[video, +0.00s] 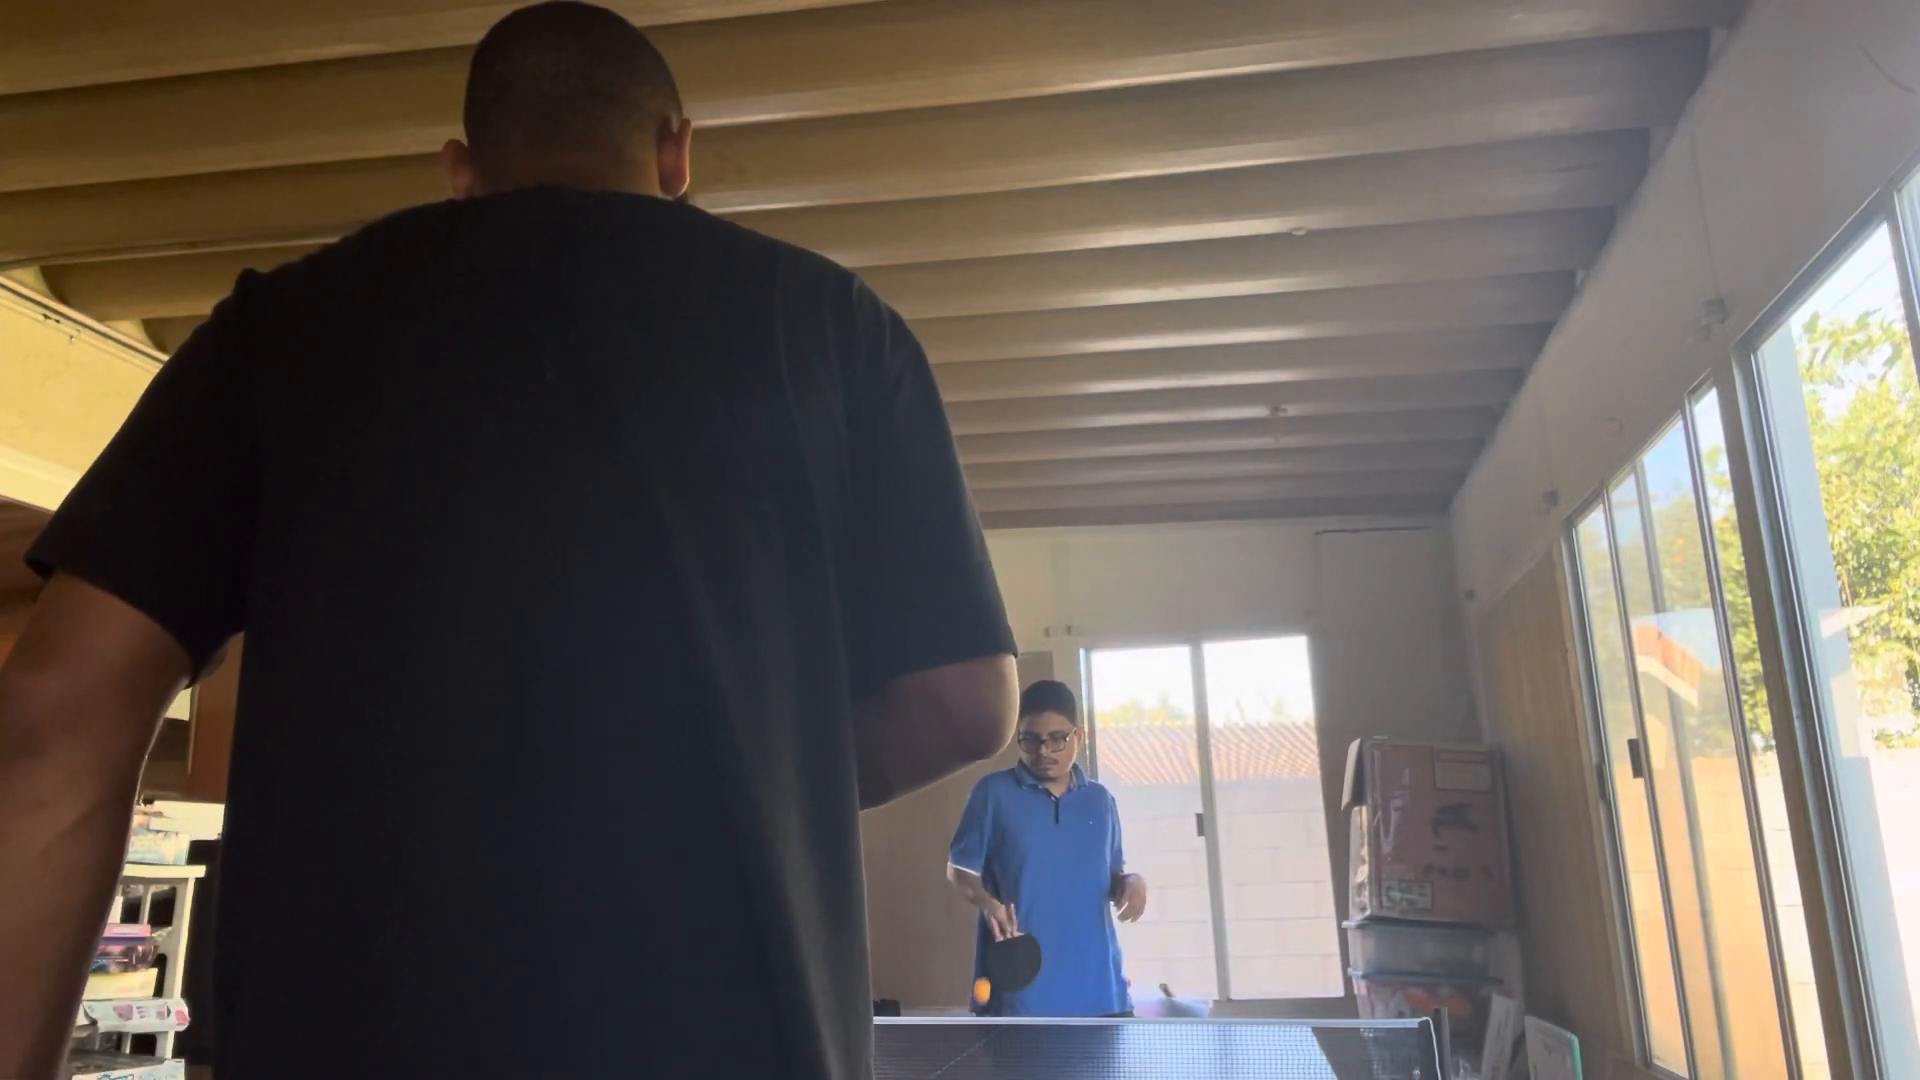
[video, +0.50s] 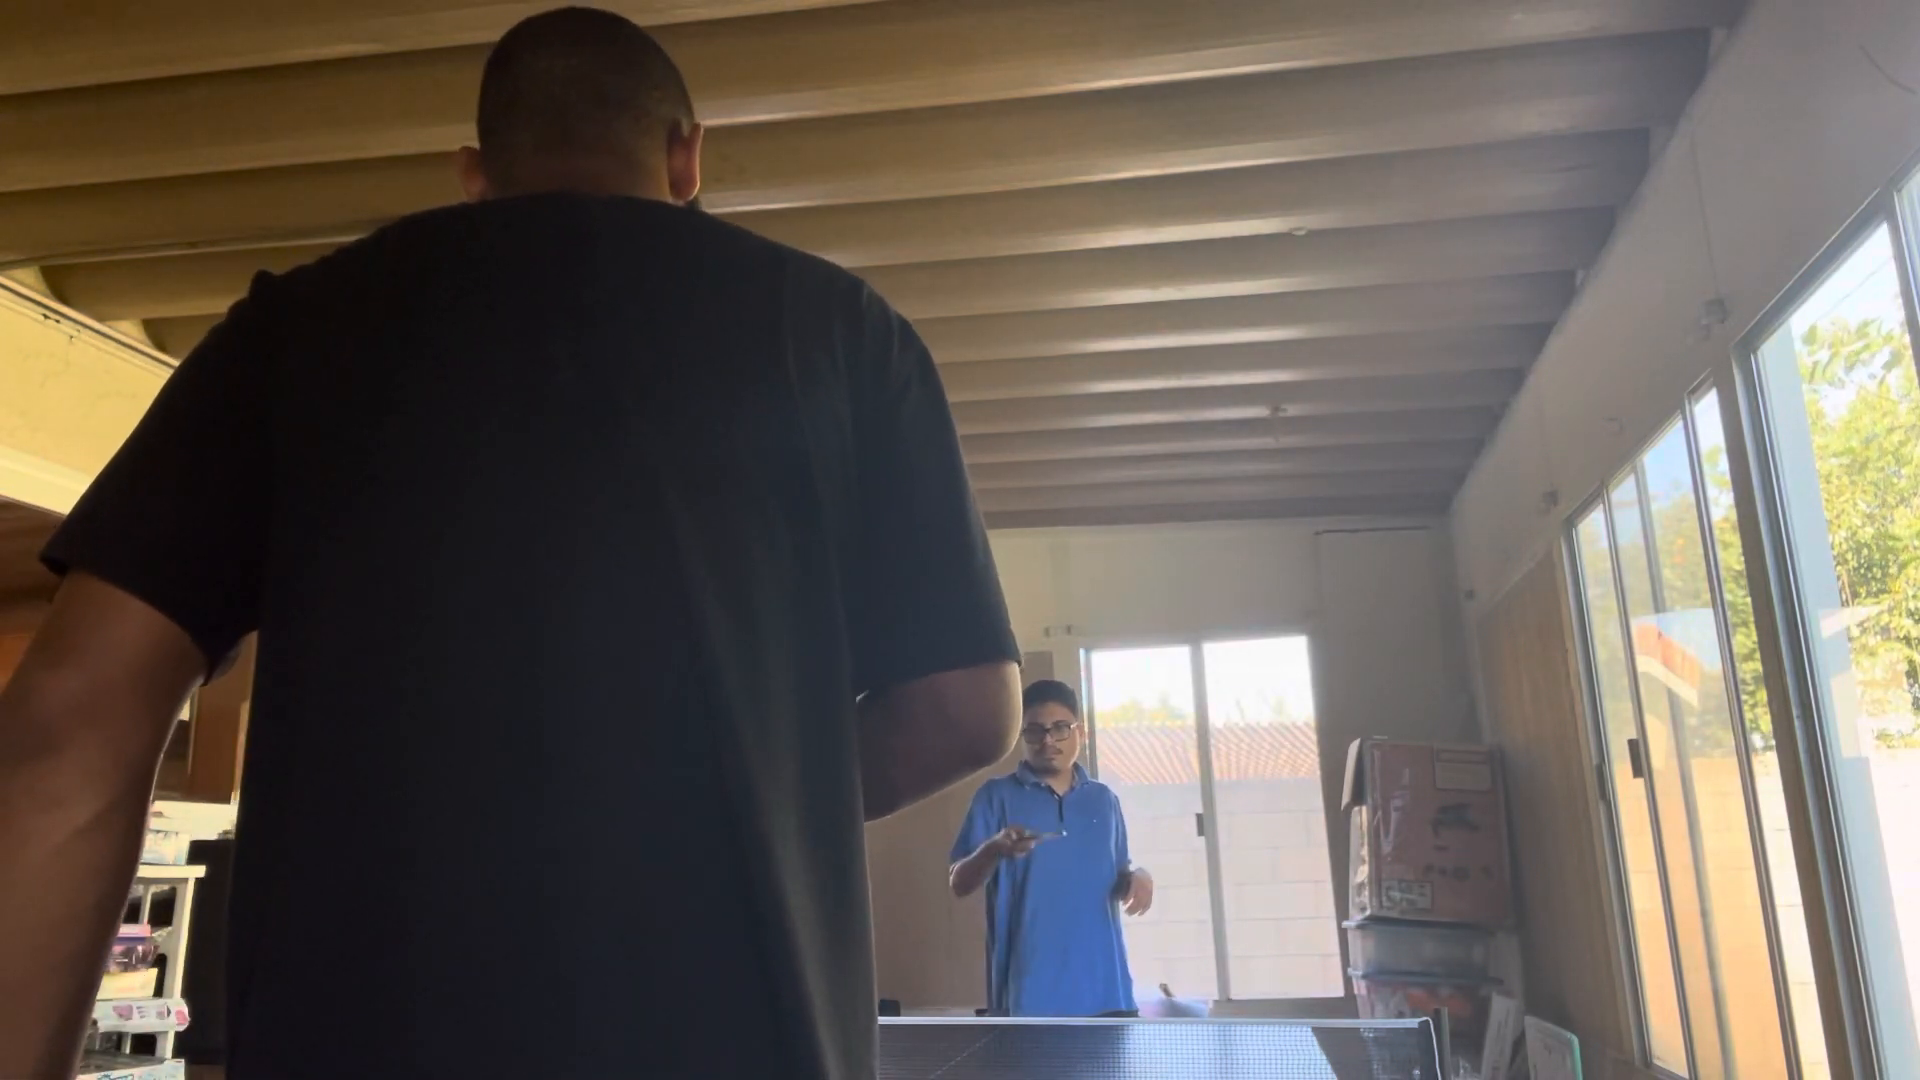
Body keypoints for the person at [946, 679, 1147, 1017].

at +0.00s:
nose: (1044, 751)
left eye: (1057, 738)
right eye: (1031, 739)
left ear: (1078, 738)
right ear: (1017, 738)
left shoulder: (1100, 801)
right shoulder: (994, 794)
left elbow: (1111, 879)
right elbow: (959, 870)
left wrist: (1133, 882)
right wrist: (988, 903)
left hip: (1097, 993)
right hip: (1022, 996)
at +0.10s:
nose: (1045, 750)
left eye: (1057, 737)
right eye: (1032, 738)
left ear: (1079, 737)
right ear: (1018, 738)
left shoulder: (1100, 801)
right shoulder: (995, 793)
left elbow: (1113, 881)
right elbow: (959, 869)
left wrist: (1134, 882)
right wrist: (995, 906)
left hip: (1098, 992)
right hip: (1023, 997)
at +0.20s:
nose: (1045, 749)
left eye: (1058, 736)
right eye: (1032, 738)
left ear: (1079, 736)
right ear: (1018, 739)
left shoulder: (1101, 801)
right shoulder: (995, 794)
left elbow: (1113, 884)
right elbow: (959, 873)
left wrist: (1135, 883)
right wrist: (995, 897)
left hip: (1098, 993)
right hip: (1024, 998)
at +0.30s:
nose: (1045, 746)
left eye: (1057, 734)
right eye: (1032, 736)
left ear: (1079, 736)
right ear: (1019, 738)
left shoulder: (1102, 801)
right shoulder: (996, 794)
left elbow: (1118, 879)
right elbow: (959, 877)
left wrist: (1137, 878)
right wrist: (986, 868)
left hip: (1100, 994)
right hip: (1023, 997)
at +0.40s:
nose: (1046, 743)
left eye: (1058, 731)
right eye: (1033, 733)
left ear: (1079, 734)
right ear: (1018, 738)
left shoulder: (1102, 800)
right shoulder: (996, 795)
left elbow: (1118, 881)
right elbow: (958, 879)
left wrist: (1140, 877)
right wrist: (990, 847)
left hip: (1102, 991)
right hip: (1027, 995)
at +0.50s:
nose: (1048, 741)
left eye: (1060, 728)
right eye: (1035, 731)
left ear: (1080, 733)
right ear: (1022, 737)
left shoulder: (1103, 800)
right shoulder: (996, 797)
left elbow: (1116, 883)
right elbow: (959, 884)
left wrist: (1139, 878)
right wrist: (994, 849)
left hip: (1104, 992)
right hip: (1029, 996)